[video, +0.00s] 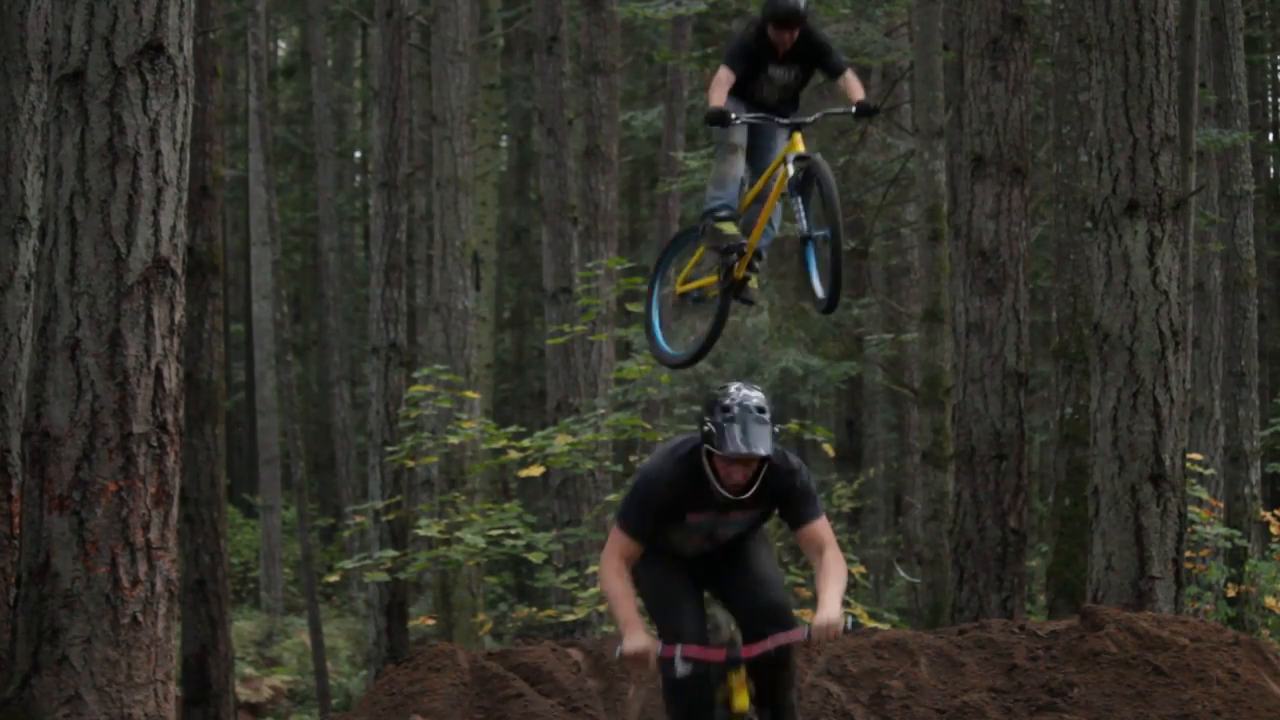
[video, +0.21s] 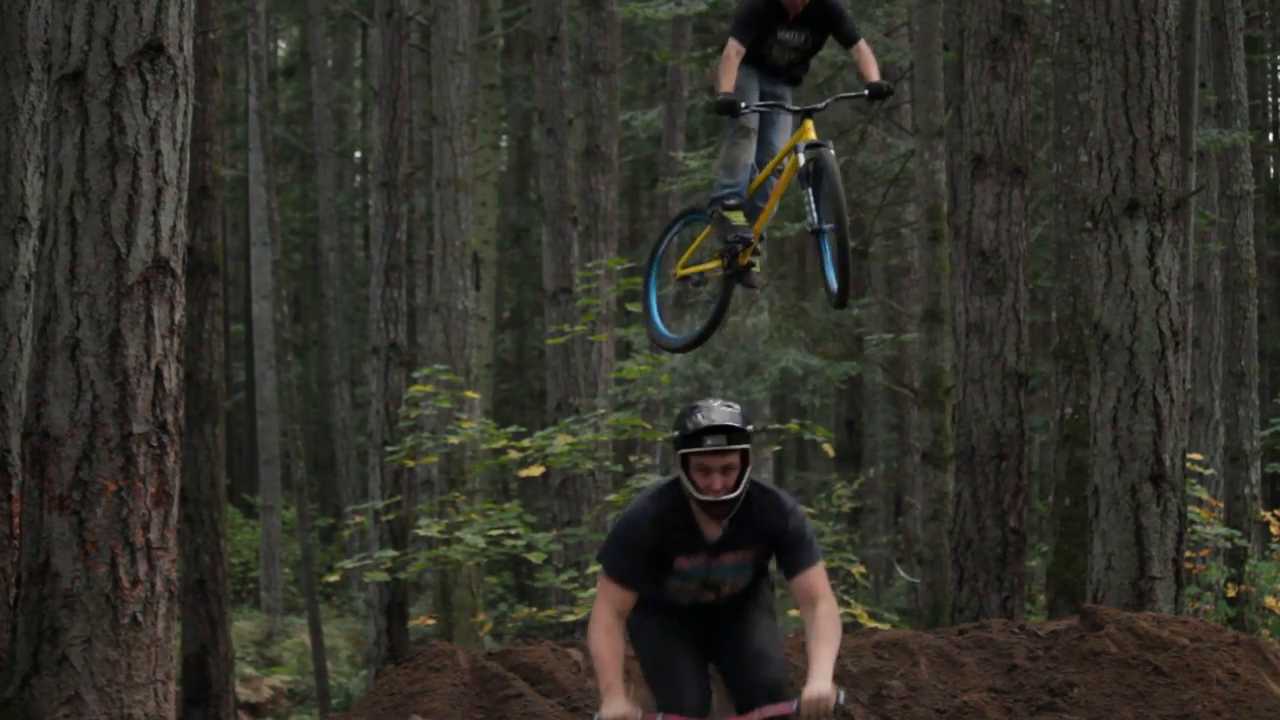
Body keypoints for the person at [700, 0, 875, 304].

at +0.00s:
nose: (785, 37)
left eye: (792, 31)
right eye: (779, 30)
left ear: (800, 27)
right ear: (767, 25)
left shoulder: (812, 42)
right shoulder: (752, 38)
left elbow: (843, 74)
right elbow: (724, 75)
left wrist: (859, 100)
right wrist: (716, 106)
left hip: (776, 119)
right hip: (739, 109)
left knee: (772, 188)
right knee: (734, 142)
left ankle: (750, 264)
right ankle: (720, 216)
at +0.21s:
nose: (796, 2)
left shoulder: (827, 9)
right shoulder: (759, 6)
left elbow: (858, 46)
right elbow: (733, 51)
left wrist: (873, 80)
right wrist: (726, 92)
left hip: (782, 82)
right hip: (747, 71)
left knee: (775, 161)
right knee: (745, 127)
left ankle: (749, 246)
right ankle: (728, 204)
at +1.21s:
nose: (877, 241)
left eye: (887, 234)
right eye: (874, 230)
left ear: (900, 228)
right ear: (862, 214)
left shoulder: (896, 233)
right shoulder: (830, 217)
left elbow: (928, 294)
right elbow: (800, 285)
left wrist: (951, 362)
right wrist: (798, 358)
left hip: (819, 257)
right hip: (771, 248)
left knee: (839, 351)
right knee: (786, 341)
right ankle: (786, 439)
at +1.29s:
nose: (885, 330)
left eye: (895, 326)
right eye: (885, 321)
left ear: (910, 311)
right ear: (874, 302)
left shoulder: (906, 307)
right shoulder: (838, 301)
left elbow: (934, 358)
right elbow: (789, 368)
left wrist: (953, 413)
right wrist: (812, 424)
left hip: (829, 330)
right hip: (781, 324)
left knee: (847, 424)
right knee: (797, 428)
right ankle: (800, 532)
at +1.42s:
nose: (888, 369)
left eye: (898, 363)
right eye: (888, 360)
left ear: (911, 343)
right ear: (877, 340)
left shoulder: (911, 333)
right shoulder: (839, 329)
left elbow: (930, 371)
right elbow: (789, 394)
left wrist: (932, 420)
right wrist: (836, 445)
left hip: (837, 365)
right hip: (786, 361)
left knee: (871, 452)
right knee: (804, 470)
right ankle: (803, 579)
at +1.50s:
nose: (908, 428)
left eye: (915, 422)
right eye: (910, 418)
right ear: (896, 399)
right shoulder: (854, 398)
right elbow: (832, 480)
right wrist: (864, 507)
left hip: (828, 416)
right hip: (788, 423)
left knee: (865, 473)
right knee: (825, 509)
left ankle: (858, 541)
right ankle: (811, 606)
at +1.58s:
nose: (915, 456)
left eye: (922, 451)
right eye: (918, 447)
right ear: (908, 430)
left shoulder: (895, 394)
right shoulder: (868, 432)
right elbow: (846, 521)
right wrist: (878, 561)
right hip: (782, 436)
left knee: (857, 508)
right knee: (832, 517)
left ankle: (861, 573)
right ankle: (816, 590)